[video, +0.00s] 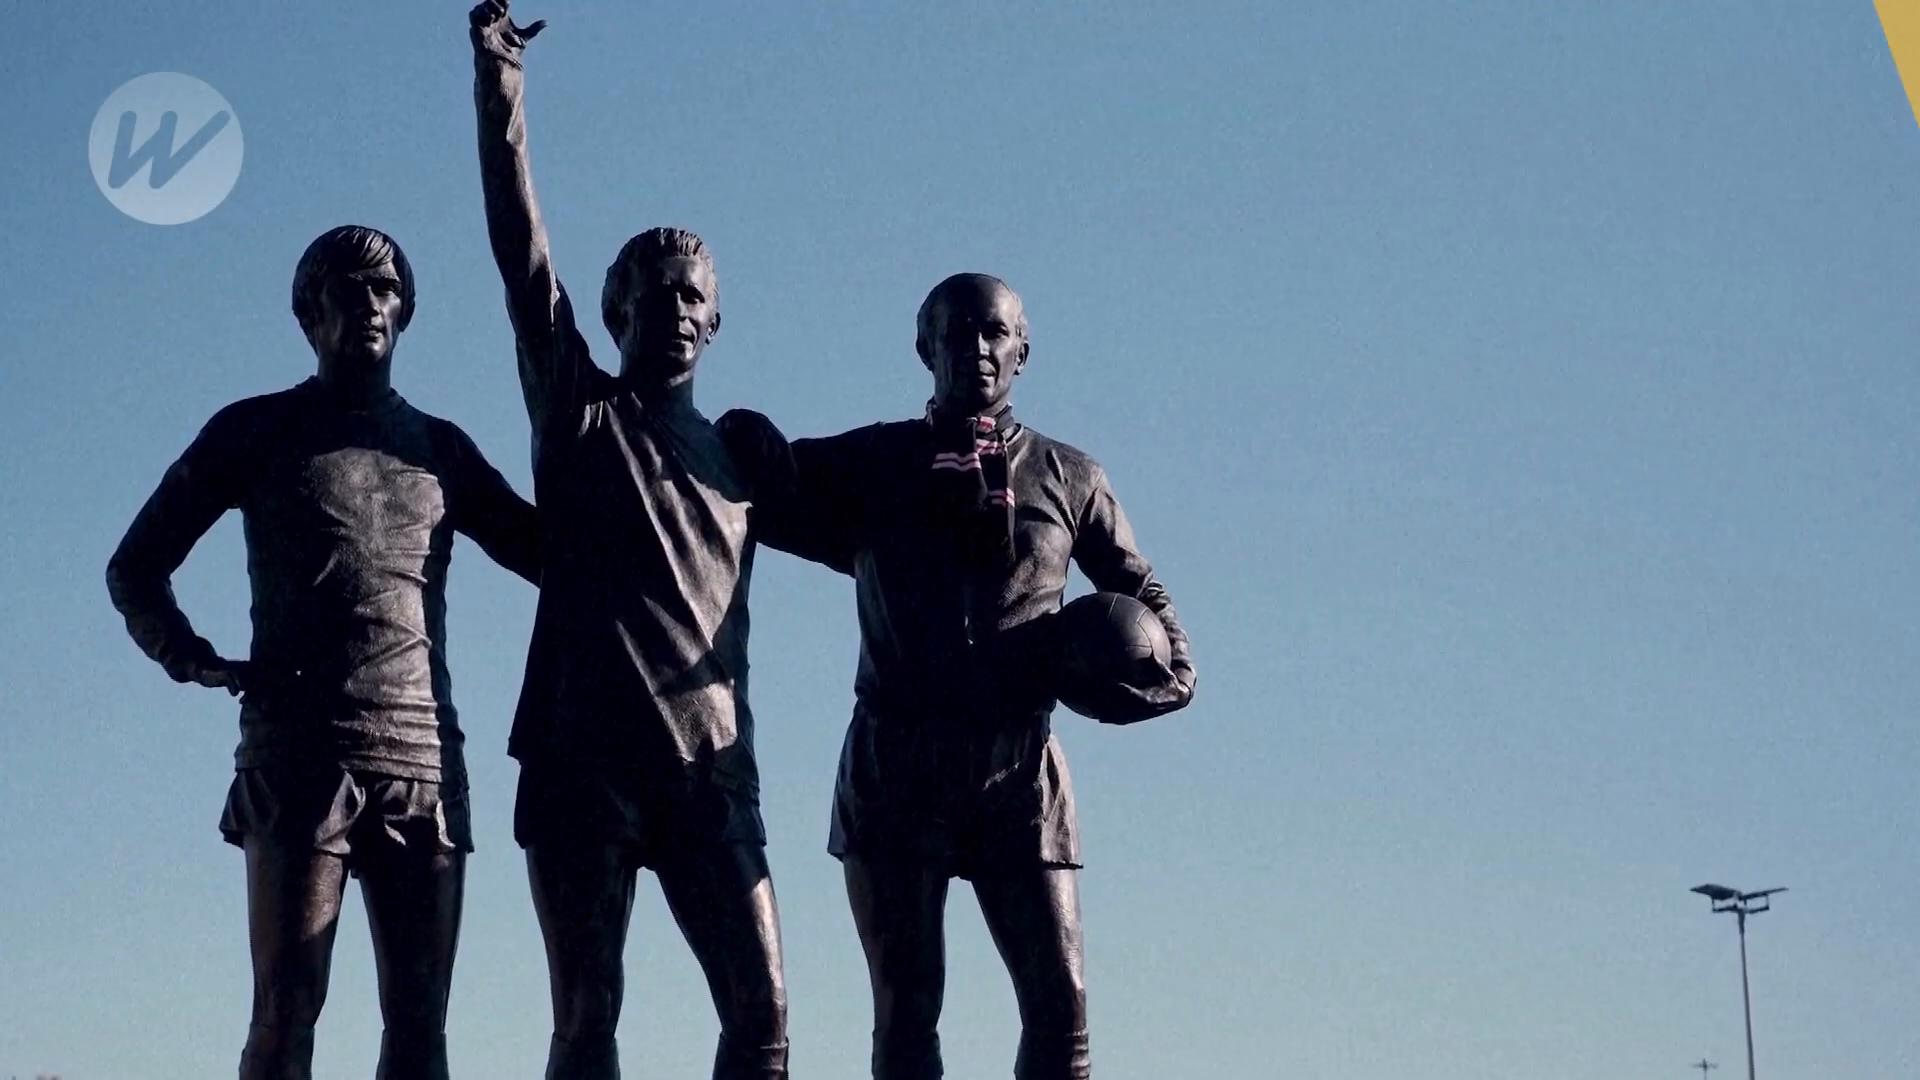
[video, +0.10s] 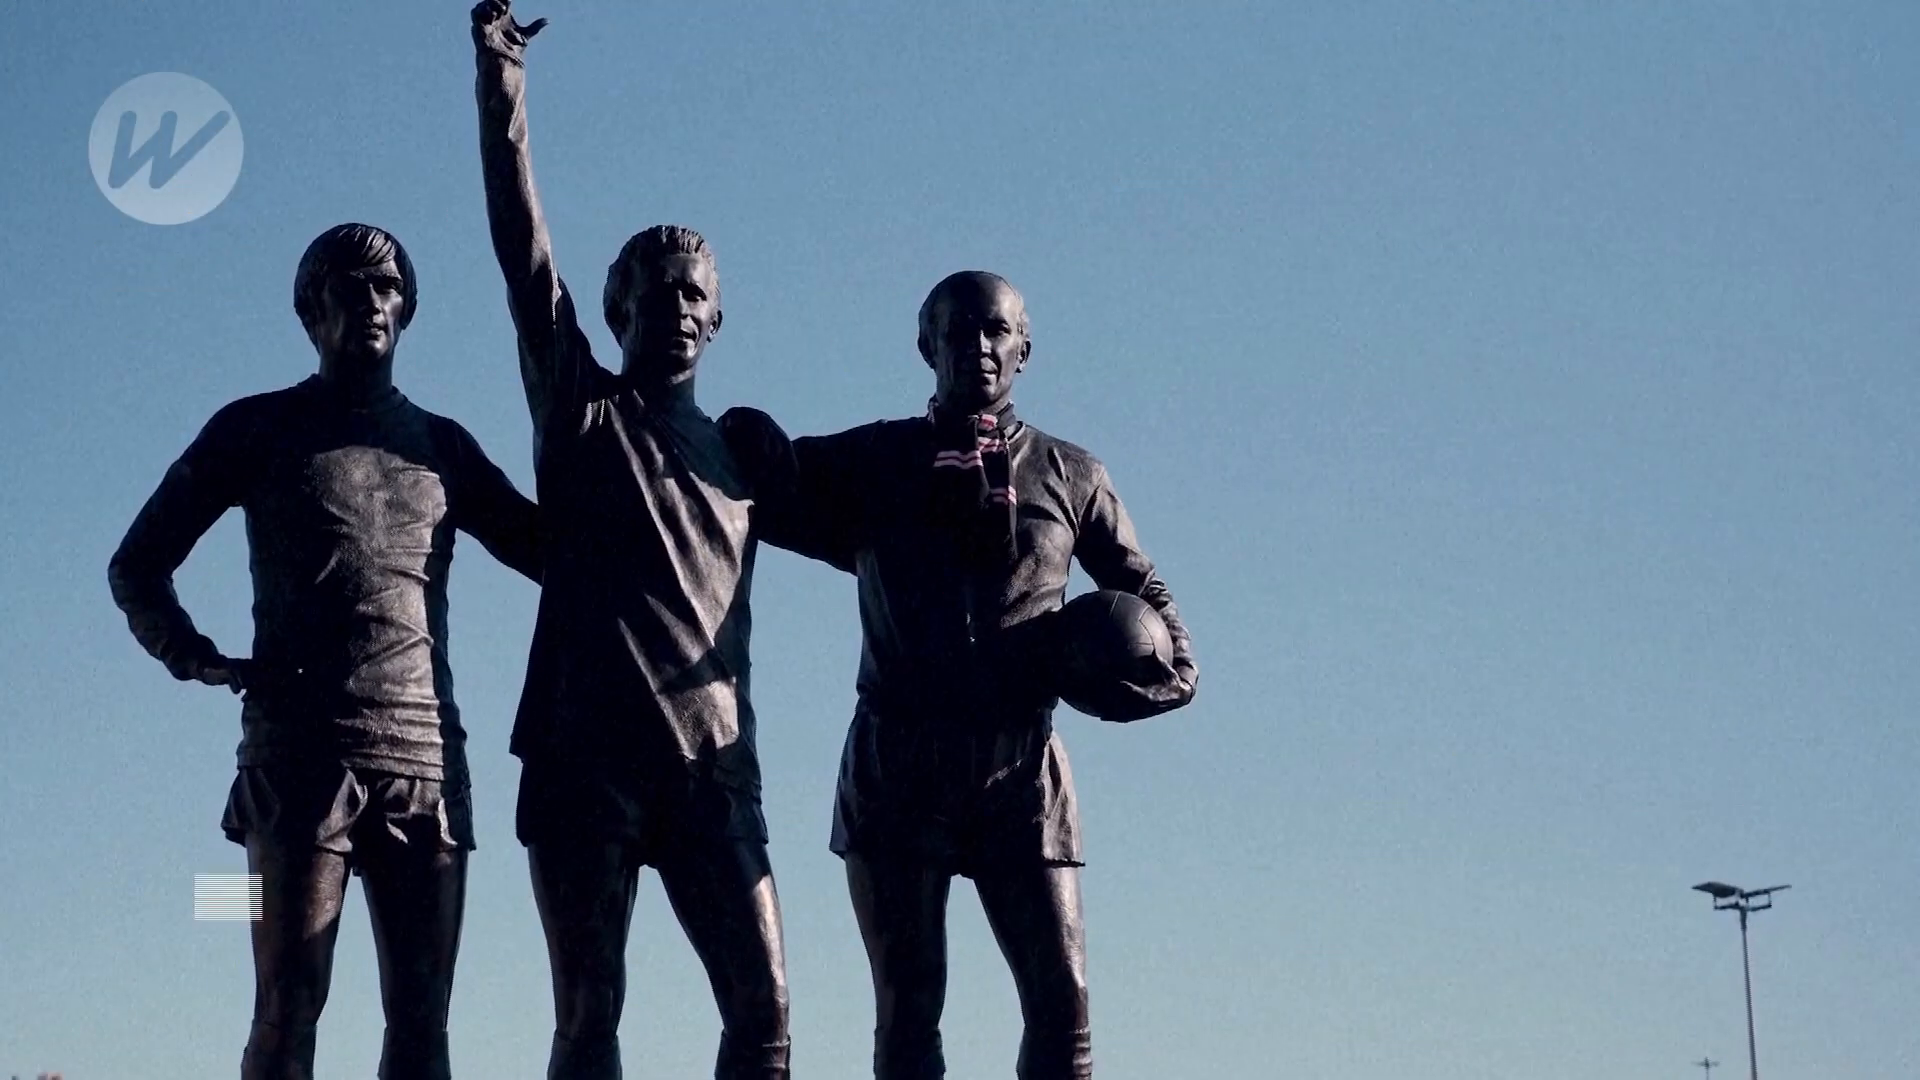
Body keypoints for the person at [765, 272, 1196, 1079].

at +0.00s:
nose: (979, 350)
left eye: (996, 333)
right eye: (960, 333)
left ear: (1021, 351)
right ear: (926, 345)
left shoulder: (1067, 475)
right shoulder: (874, 459)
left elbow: (1141, 592)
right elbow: (752, 476)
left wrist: (1163, 657)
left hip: (1019, 767)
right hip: (895, 766)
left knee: (1060, 1008)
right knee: (906, 1013)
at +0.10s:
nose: (983, 347)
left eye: (999, 331)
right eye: (963, 331)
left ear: (1023, 349)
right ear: (929, 343)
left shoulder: (1069, 473)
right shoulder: (875, 457)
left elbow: (1142, 589)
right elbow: (757, 477)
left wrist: (1164, 655)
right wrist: (751, 436)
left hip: (1021, 767)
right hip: (898, 766)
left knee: (1062, 1004)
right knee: (908, 1011)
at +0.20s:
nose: (984, 346)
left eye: (1001, 330)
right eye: (965, 329)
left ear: (1024, 346)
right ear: (929, 341)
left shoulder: (1071, 473)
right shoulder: (874, 456)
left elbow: (1144, 588)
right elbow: (750, 472)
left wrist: (1166, 655)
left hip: (1024, 764)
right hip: (899, 763)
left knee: (1063, 1002)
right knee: (909, 1010)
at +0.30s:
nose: (984, 346)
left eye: (1001, 330)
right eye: (965, 330)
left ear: (1026, 347)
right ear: (932, 343)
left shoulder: (1072, 472)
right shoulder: (879, 457)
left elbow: (1145, 588)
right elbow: (759, 474)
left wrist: (1171, 658)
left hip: (1024, 765)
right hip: (901, 765)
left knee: (1065, 1001)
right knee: (910, 1011)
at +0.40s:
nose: (985, 344)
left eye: (1001, 329)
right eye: (966, 329)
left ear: (1026, 348)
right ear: (932, 345)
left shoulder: (1074, 472)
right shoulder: (877, 457)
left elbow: (1146, 589)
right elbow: (764, 481)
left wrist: (1176, 663)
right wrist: (754, 431)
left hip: (1024, 764)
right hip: (901, 765)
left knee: (1067, 997)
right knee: (913, 1007)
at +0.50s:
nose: (990, 346)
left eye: (1006, 330)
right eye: (971, 330)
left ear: (1029, 349)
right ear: (935, 342)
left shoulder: (1075, 474)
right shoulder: (879, 457)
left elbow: (1150, 591)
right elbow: (755, 479)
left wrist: (1167, 657)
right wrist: (754, 433)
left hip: (1027, 766)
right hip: (903, 766)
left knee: (1068, 1002)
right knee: (914, 1011)